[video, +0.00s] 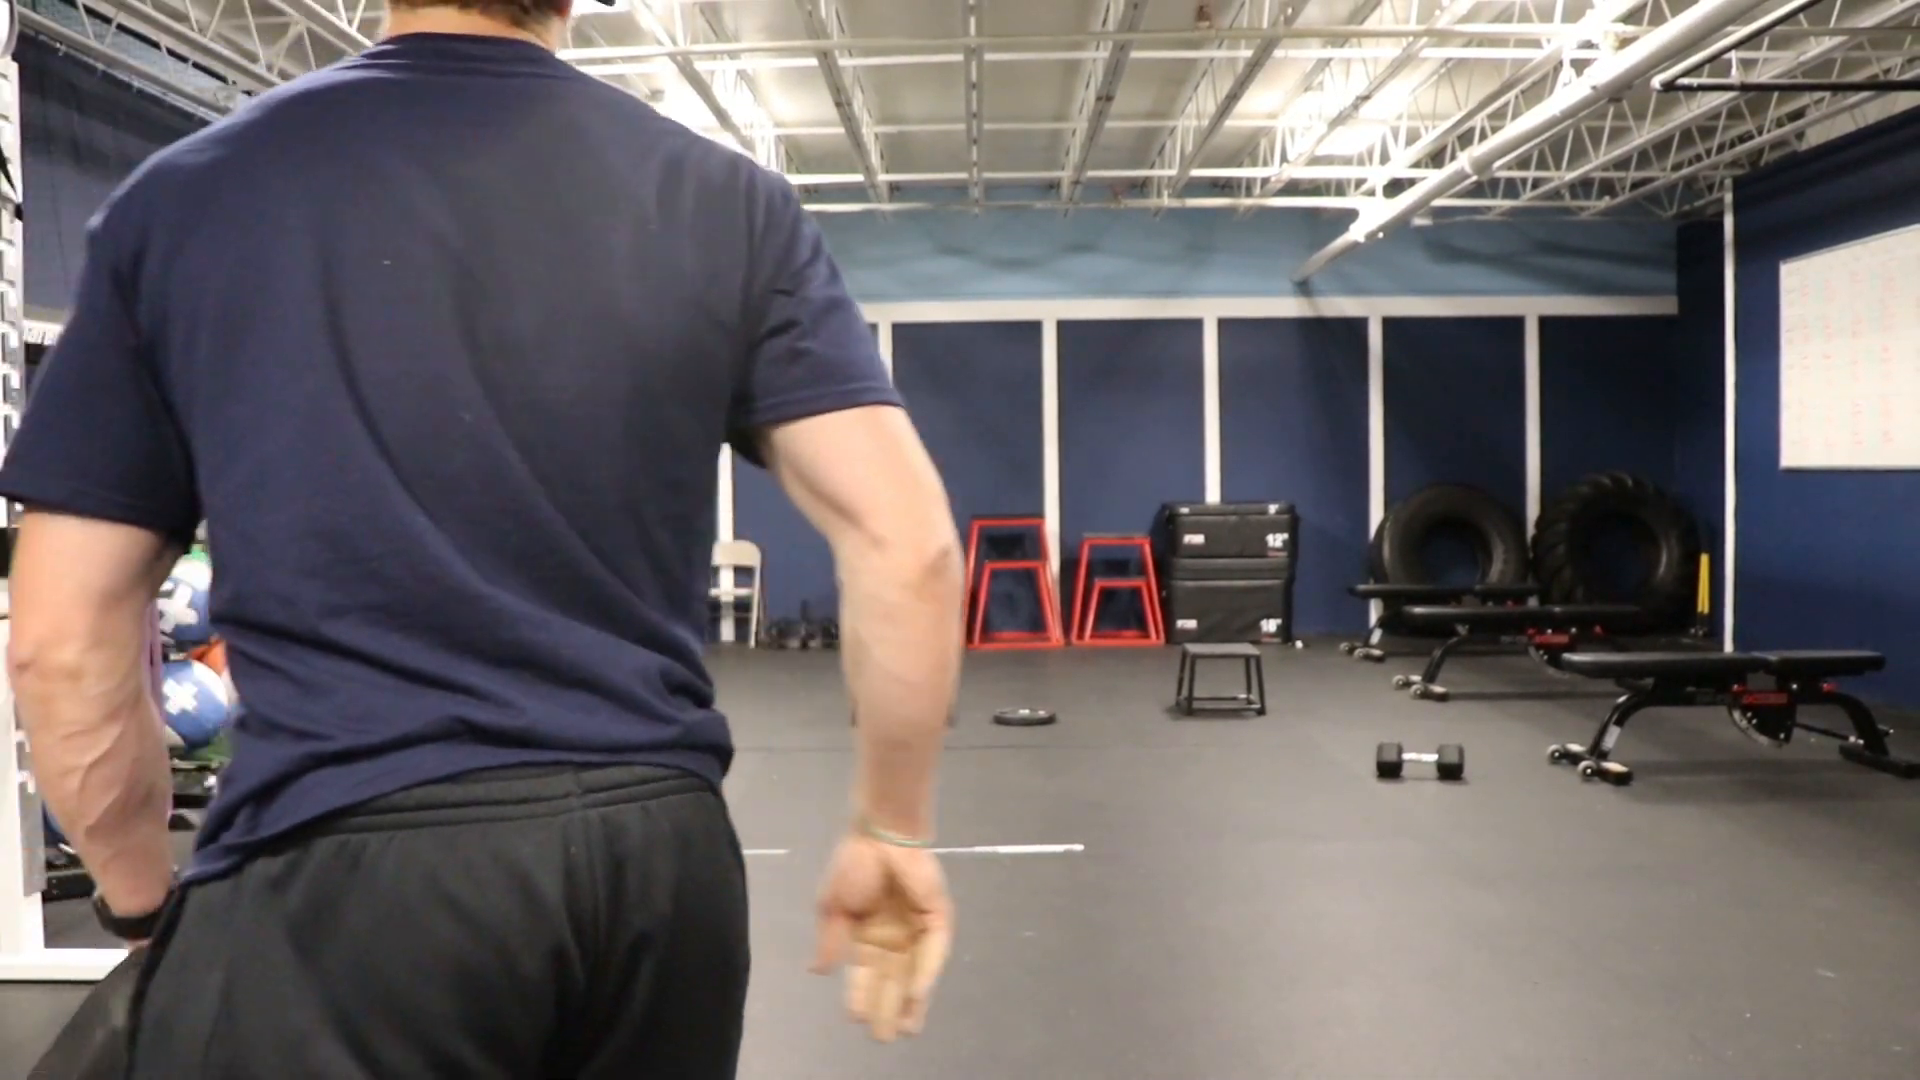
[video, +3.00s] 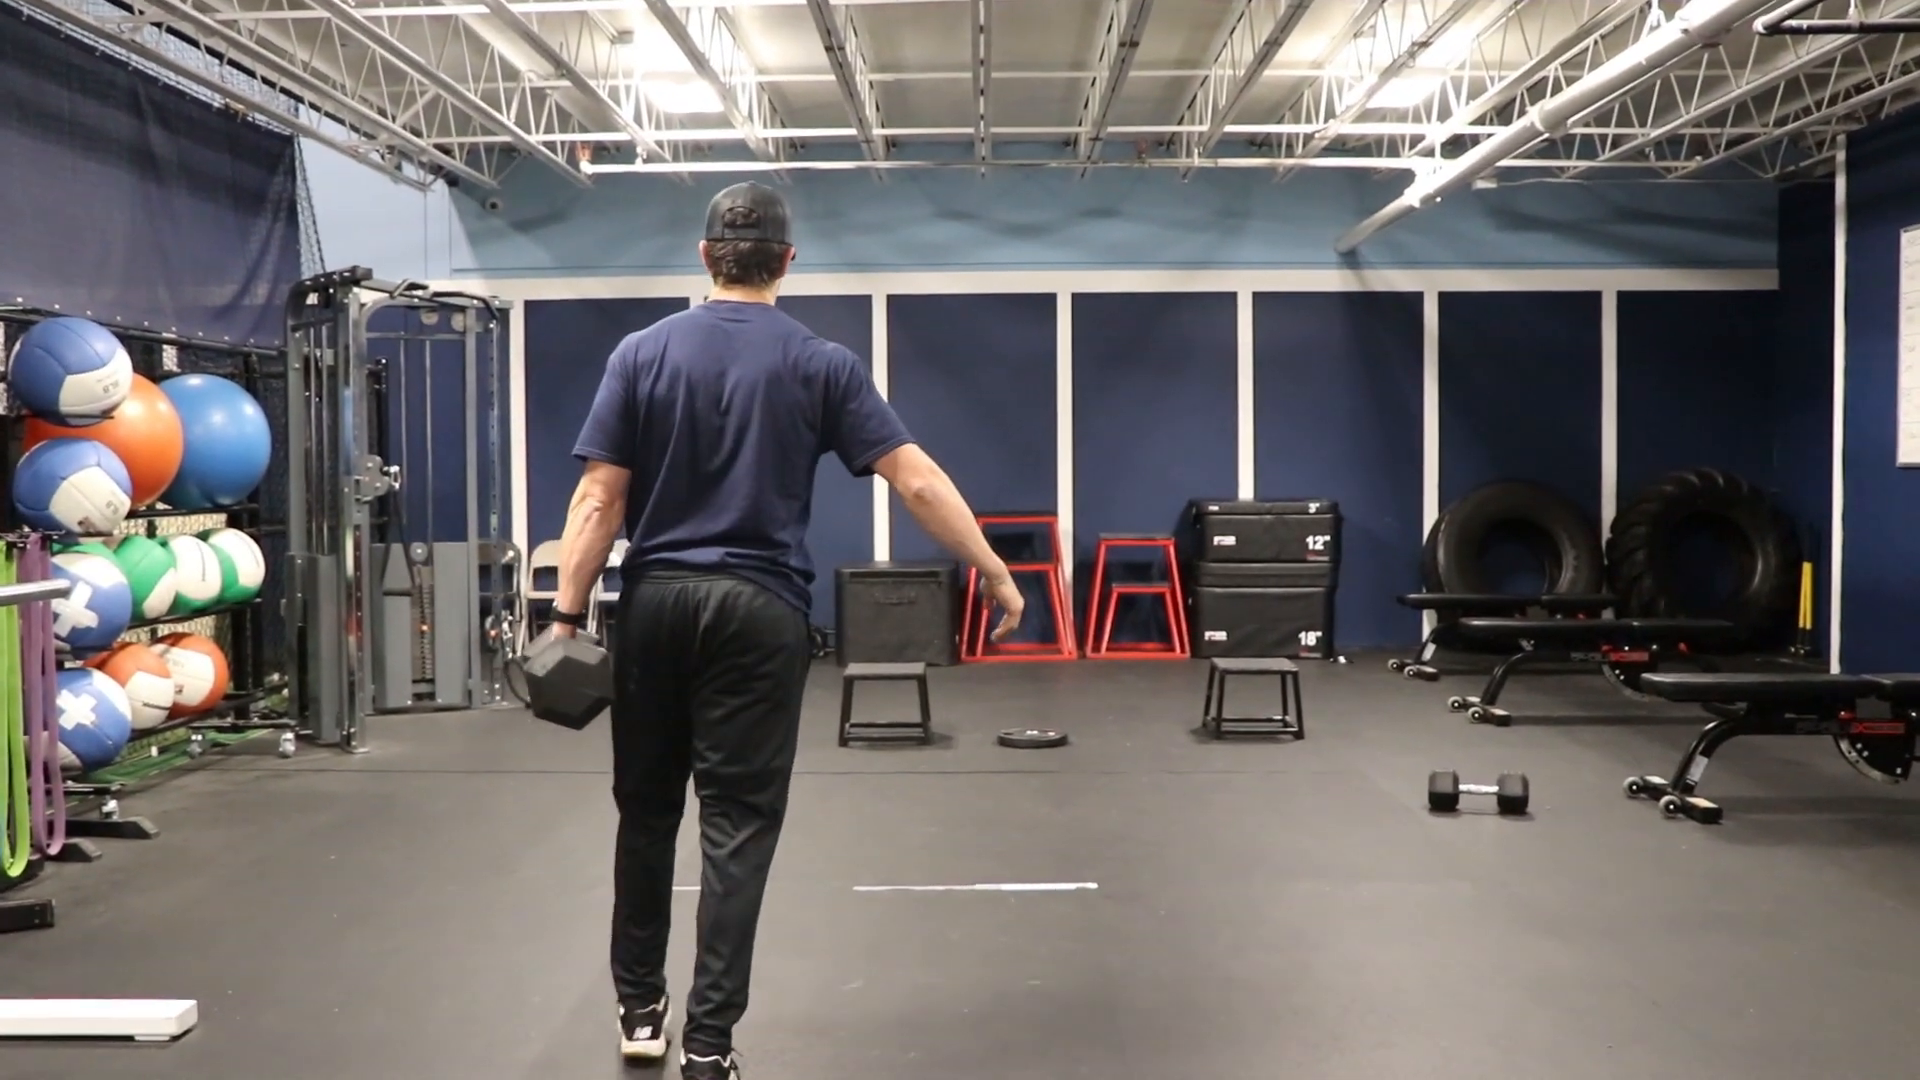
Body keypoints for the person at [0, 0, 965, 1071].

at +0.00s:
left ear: (387, 5)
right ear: (565, 5)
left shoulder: (187, 200)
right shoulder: (722, 196)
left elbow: (61, 638)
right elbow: (910, 537)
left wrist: (151, 903)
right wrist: (893, 827)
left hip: (337, 876)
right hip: (663, 853)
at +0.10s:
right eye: (655, 11)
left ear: (469, 12)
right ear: (650, 12)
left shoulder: (276, 205)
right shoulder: (786, 206)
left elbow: (120, 611)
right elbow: (988, 524)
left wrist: (165, 877)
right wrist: (1039, 835)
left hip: (381, 858)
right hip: (695, 853)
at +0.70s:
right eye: (711, 71)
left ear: (542, 72)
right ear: (705, 81)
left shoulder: (389, 267)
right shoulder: (776, 270)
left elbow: (283, 561)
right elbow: (930, 530)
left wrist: (254, 805)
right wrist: (1062, 776)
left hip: (429, 790)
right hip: (659, 798)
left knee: (430, 1064)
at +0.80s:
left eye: (519, 65)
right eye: (681, 87)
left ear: (523, 83)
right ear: (674, 94)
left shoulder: (380, 273)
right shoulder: (745, 262)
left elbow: (294, 562)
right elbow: (900, 504)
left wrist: (269, 795)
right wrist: (1040, 734)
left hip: (429, 771)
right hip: (654, 776)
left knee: (437, 1059)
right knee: (673, 1057)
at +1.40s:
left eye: (636, 154)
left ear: (634, 170)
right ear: (762, 179)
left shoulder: (530, 317)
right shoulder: (802, 324)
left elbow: (464, 538)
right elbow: (926, 505)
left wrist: (419, 719)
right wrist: (1057, 684)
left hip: (556, 702)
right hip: (727, 709)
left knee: (526, 1027)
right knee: (712, 1024)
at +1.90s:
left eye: (673, 213)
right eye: (765, 215)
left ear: (667, 225)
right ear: (769, 224)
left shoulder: (591, 349)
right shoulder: (814, 346)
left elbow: (544, 533)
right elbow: (941, 488)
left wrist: (516, 682)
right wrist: (1025, 603)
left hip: (624, 659)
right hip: (753, 664)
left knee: (645, 925)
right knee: (737, 927)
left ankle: (666, 1074)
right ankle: (713, 1076)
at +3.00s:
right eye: (784, 253)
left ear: (705, 259)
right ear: (786, 263)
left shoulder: (641, 354)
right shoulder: (820, 362)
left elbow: (599, 497)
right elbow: (912, 475)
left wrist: (568, 611)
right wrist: (994, 569)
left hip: (652, 606)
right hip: (759, 612)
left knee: (646, 810)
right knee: (738, 823)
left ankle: (639, 1009)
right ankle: (707, 1044)